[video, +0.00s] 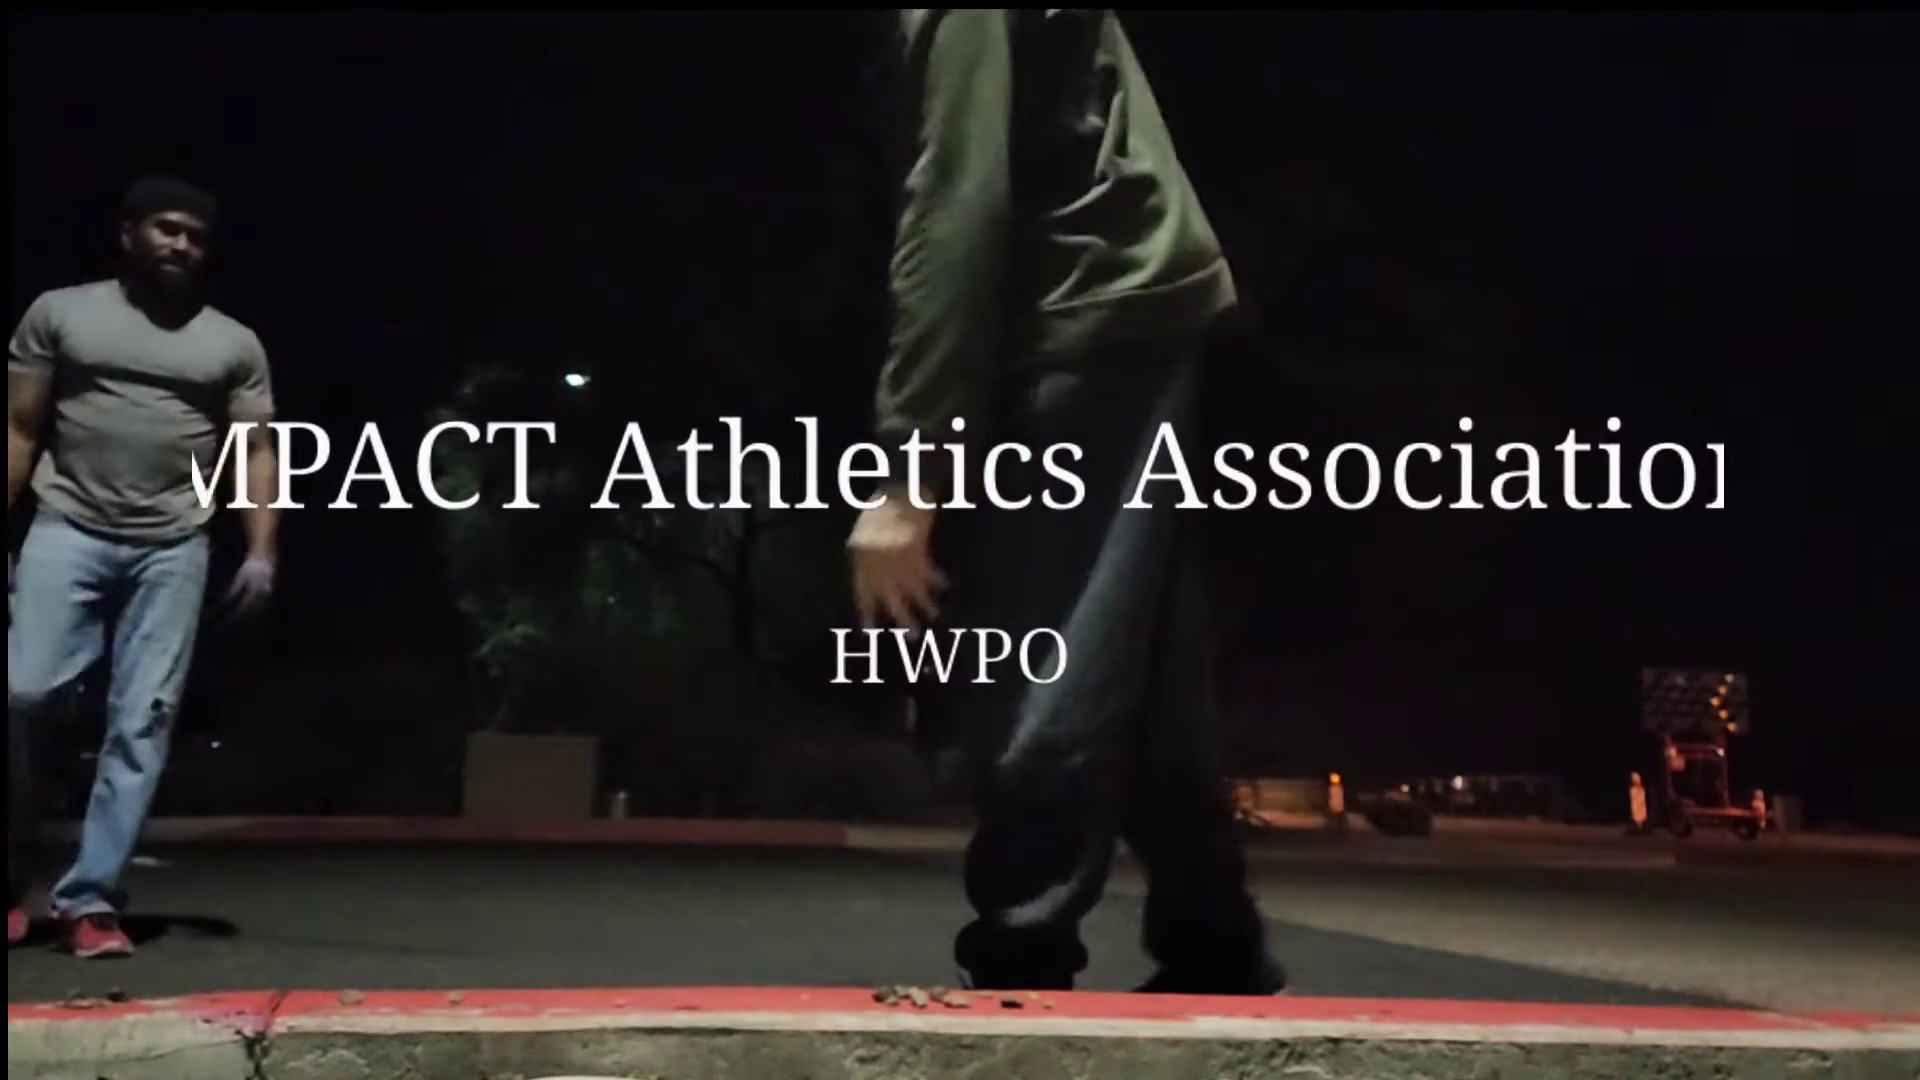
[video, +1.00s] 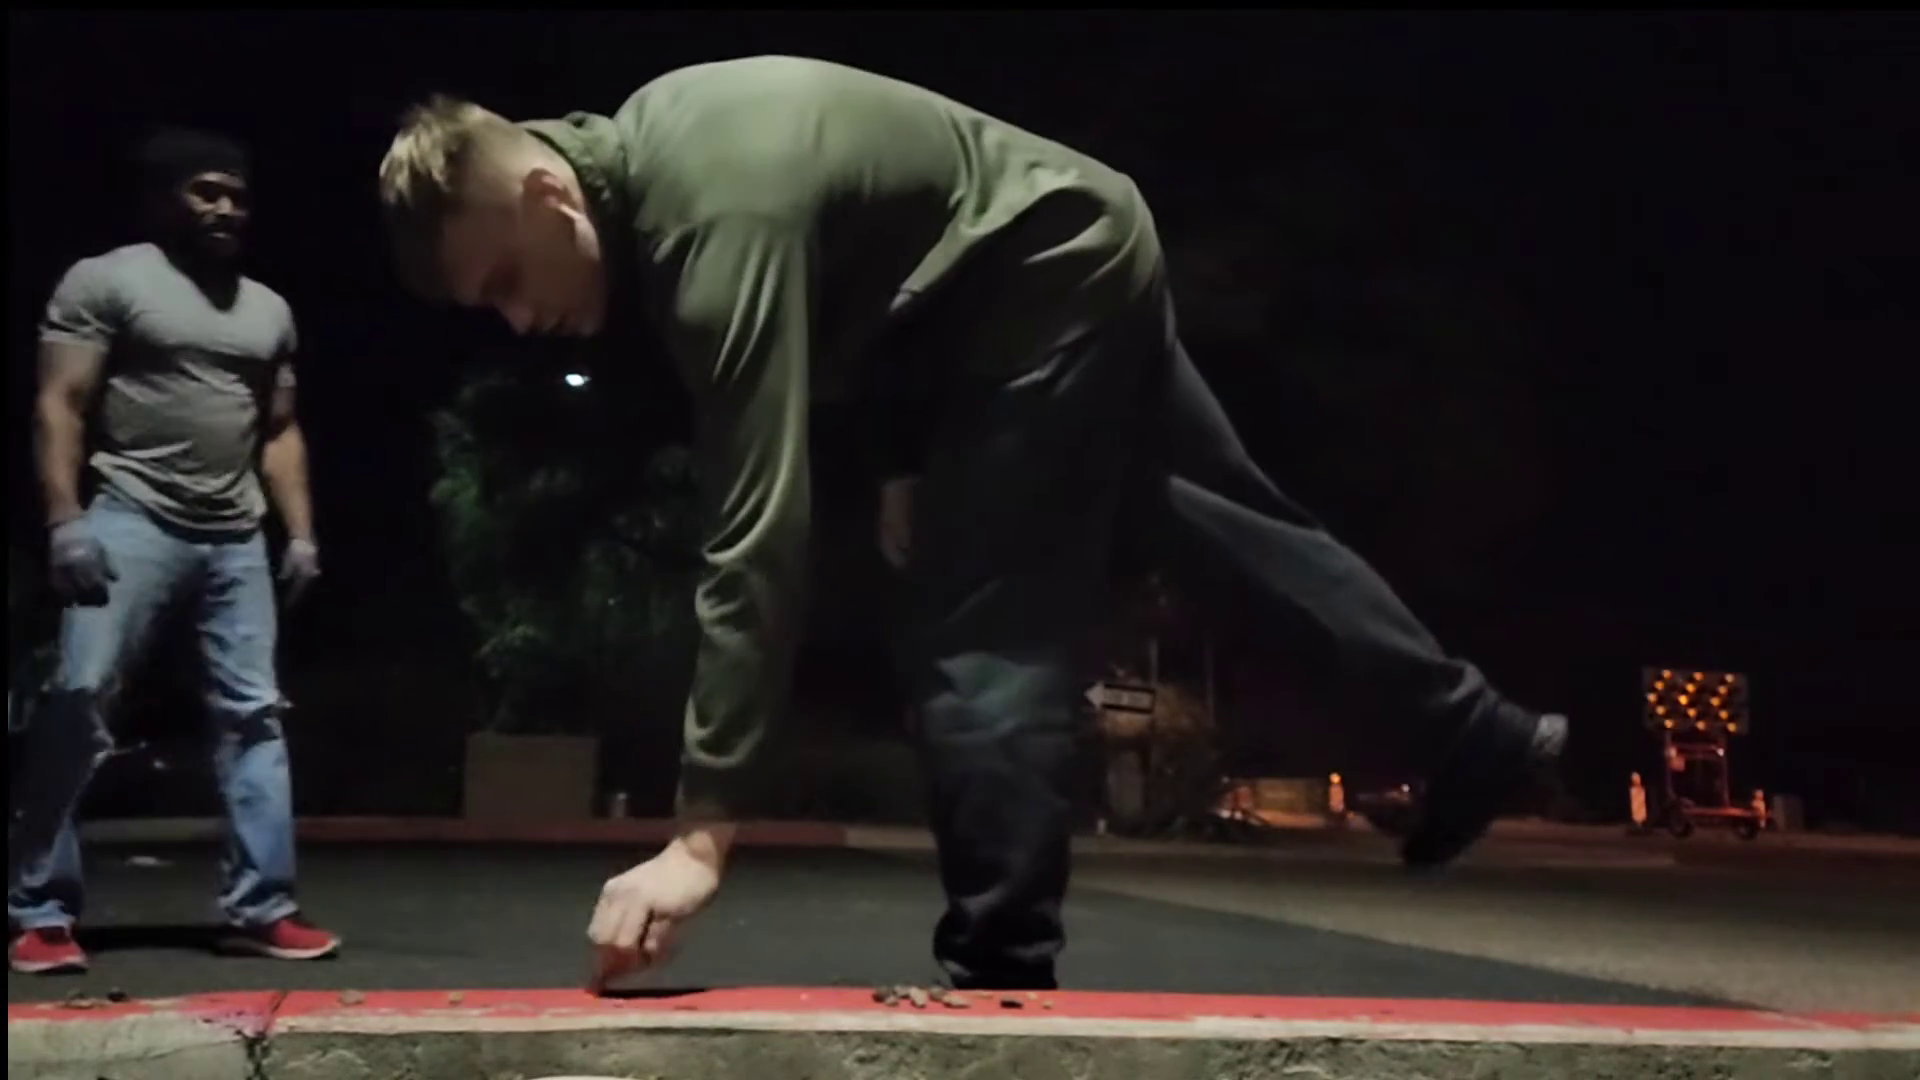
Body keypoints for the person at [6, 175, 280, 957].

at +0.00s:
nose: (181, 247)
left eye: (194, 236)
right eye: (166, 230)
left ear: (208, 250)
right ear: (128, 235)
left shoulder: (235, 348)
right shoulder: (59, 316)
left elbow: (259, 457)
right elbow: (21, 430)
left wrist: (261, 547)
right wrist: (9, 518)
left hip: (174, 545)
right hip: (65, 531)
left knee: (143, 720)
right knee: (29, 691)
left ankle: (91, 898)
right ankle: (23, 881)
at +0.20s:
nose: (186, 236)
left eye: (200, 225)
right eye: (172, 219)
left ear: (213, 238)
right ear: (132, 222)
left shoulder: (234, 338)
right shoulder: (60, 303)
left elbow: (250, 441)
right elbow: (16, 423)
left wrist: (259, 520)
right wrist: (11, 520)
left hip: (178, 542)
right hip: (73, 523)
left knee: (146, 718)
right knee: (53, 695)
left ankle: (92, 900)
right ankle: (23, 896)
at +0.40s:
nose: (182, 227)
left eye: (195, 215)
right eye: (167, 209)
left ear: (208, 228)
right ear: (126, 212)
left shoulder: (226, 328)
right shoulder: (55, 293)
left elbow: (239, 438)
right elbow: (17, 415)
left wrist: (247, 530)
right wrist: (12, 527)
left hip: (179, 535)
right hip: (75, 517)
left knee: (155, 705)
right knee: (57, 693)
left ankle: (93, 898)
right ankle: (38, 907)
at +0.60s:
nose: (175, 214)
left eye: (187, 201)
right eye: (158, 197)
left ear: (201, 212)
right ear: (118, 201)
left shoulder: (221, 313)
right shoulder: (55, 283)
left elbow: (234, 431)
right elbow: (20, 405)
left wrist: (248, 541)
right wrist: (25, 513)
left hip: (184, 530)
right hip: (76, 519)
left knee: (206, 689)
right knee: (50, 702)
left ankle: (125, 882)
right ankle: (38, 909)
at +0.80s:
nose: (183, 207)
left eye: (196, 194)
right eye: (165, 190)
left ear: (211, 206)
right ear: (127, 195)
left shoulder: (231, 307)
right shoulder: (66, 279)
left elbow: (246, 426)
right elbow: (27, 399)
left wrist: (266, 533)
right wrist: (39, 508)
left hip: (200, 529)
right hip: (90, 518)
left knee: (230, 699)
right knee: (58, 708)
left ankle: (213, 900)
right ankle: (38, 911)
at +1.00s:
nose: (226, 210)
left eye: (236, 196)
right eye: (208, 193)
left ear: (248, 207)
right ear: (166, 199)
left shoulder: (269, 313)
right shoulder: (105, 283)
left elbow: (280, 428)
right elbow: (60, 403)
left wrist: (300, 529)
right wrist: (66, 519)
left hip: (237, 532)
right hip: (132, 519)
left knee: (255, 710)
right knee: (81, 696)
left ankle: (262, 905)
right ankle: (39, 907)